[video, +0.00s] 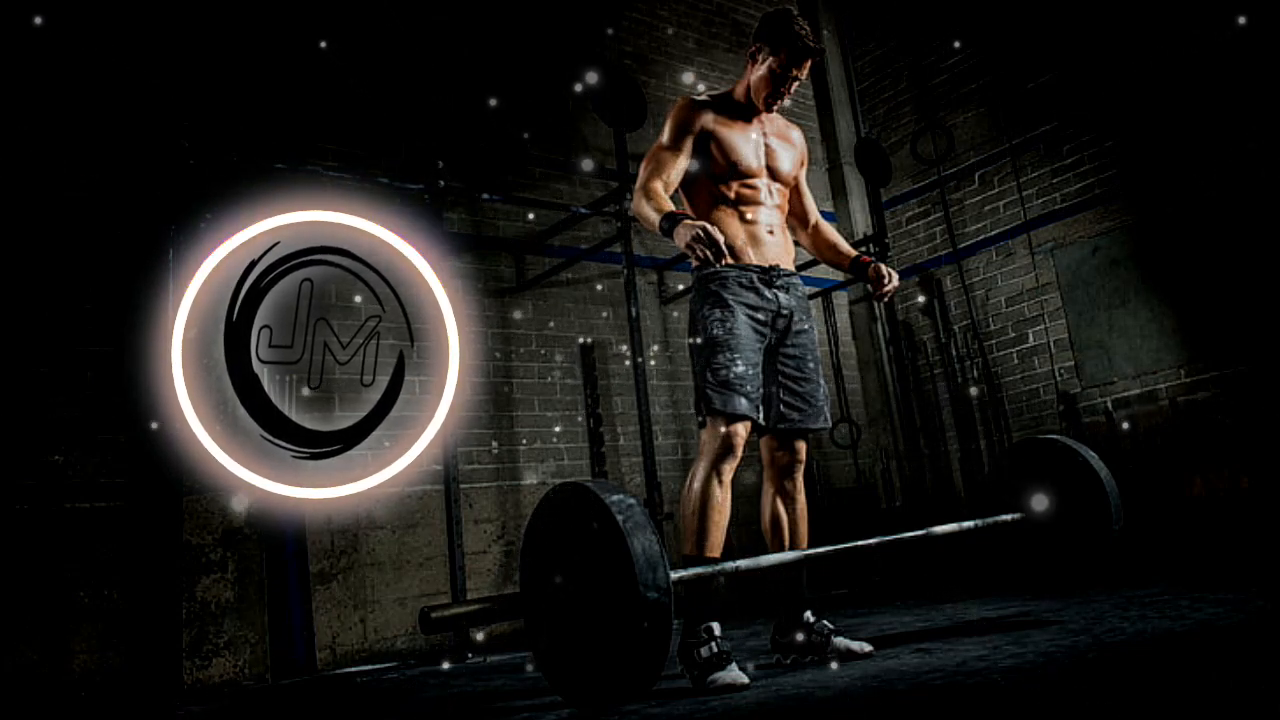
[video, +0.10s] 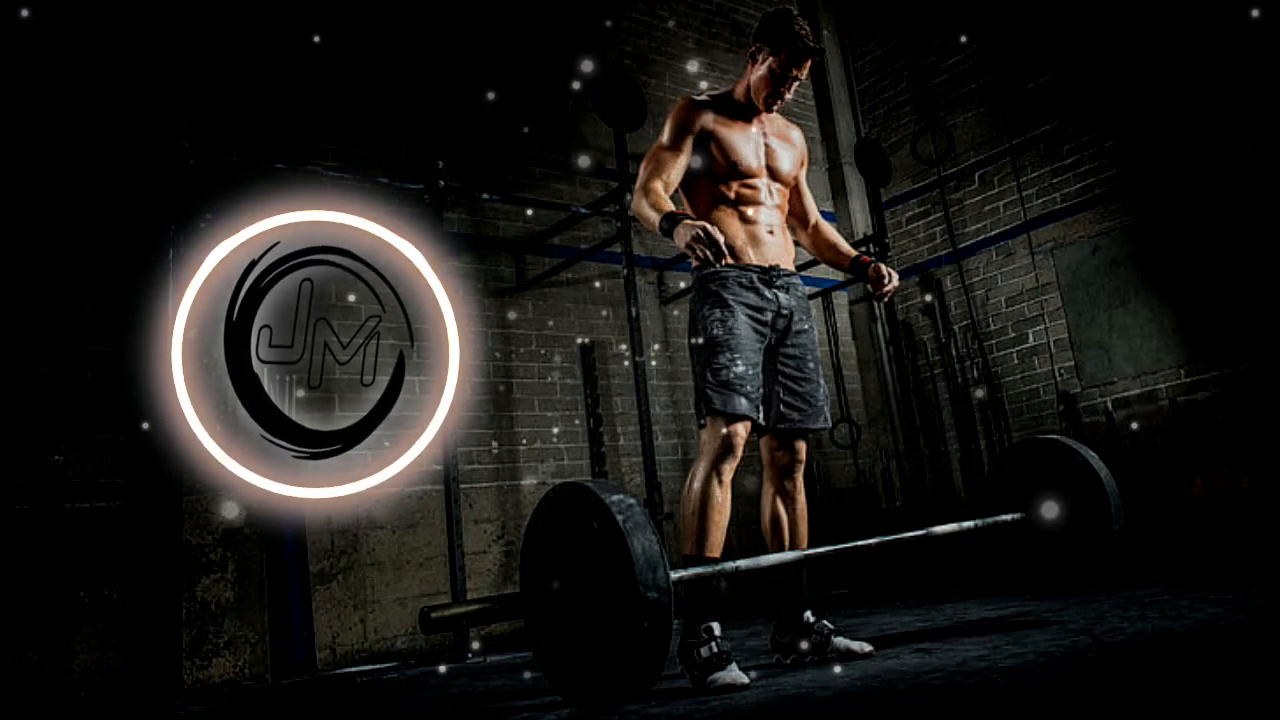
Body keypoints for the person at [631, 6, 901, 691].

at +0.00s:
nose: (789, 91)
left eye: (799, 81)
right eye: (786, 75)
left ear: (801, 77)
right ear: (756, 59)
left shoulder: (792, 136)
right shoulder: (699, 115)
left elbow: (809, 224)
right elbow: (644, 198)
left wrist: (860, 265)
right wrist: (675, 226)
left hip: (790, 297)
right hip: (731, 292)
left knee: (790, 455)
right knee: (729, 437)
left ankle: (798, 624)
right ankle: (699, 634)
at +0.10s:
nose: (788, 91)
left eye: (798, 80)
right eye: (785, 74)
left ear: (800, 77)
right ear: (756, 58)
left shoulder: (792, 136)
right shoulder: (699, 115)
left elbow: (809, 224)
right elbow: (644, 197)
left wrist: (860, 265)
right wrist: (675, 226)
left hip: (790, 297)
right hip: (730, 292)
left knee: (790, 455)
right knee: (729, 437)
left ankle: (798, 625)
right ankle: (699, 634)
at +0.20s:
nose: (789, 89)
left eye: (799, 79)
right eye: (786, 73)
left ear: (801, 77)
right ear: (756, 58)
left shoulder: (792, 136)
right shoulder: (698, 115)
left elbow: (809, 224)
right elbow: (645, 197)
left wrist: (860, 264)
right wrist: (676, 225)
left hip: (790, 297)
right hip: (730, 292)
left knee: (790, 456)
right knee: (729, 438)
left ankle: (798, 625)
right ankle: (698, 634)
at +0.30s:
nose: (791, 90)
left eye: (800, 80)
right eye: (787, 74)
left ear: (801, 77)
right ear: (757, 59)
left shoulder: (792, 136)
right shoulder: (699, 115)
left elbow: (809, 224)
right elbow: (645, 196)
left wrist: (860, 264)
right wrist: (675, 225)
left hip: (790, 296)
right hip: (730, 292)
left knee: (790, 455)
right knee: (729, 437)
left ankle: (798, 625)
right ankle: (699, 634)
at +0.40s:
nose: (790, 88)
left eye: (800, 79)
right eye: (787, 73)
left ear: (801, 77)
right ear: (757, 58)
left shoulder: (792, 137)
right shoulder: (698, 115)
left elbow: (809, 224)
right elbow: (646, 197)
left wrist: (860, 265)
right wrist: (675, 225)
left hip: (790, 297)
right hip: (730, 292)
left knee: (790, 455)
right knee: (729, 437)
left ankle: (798, 624)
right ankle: (699, 634)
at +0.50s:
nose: (789, 89)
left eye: (798, 80)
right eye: (786, 74)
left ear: (800, 77)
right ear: (757, 58)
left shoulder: (792, 136)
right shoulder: (698, 115)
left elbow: (808, 224)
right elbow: (646, 197)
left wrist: (860, 265)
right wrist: (675, 226)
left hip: (790, 297)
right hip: (730, 292)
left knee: (790, 455)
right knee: (729, 437)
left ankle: (797, 624)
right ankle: (699, 634)